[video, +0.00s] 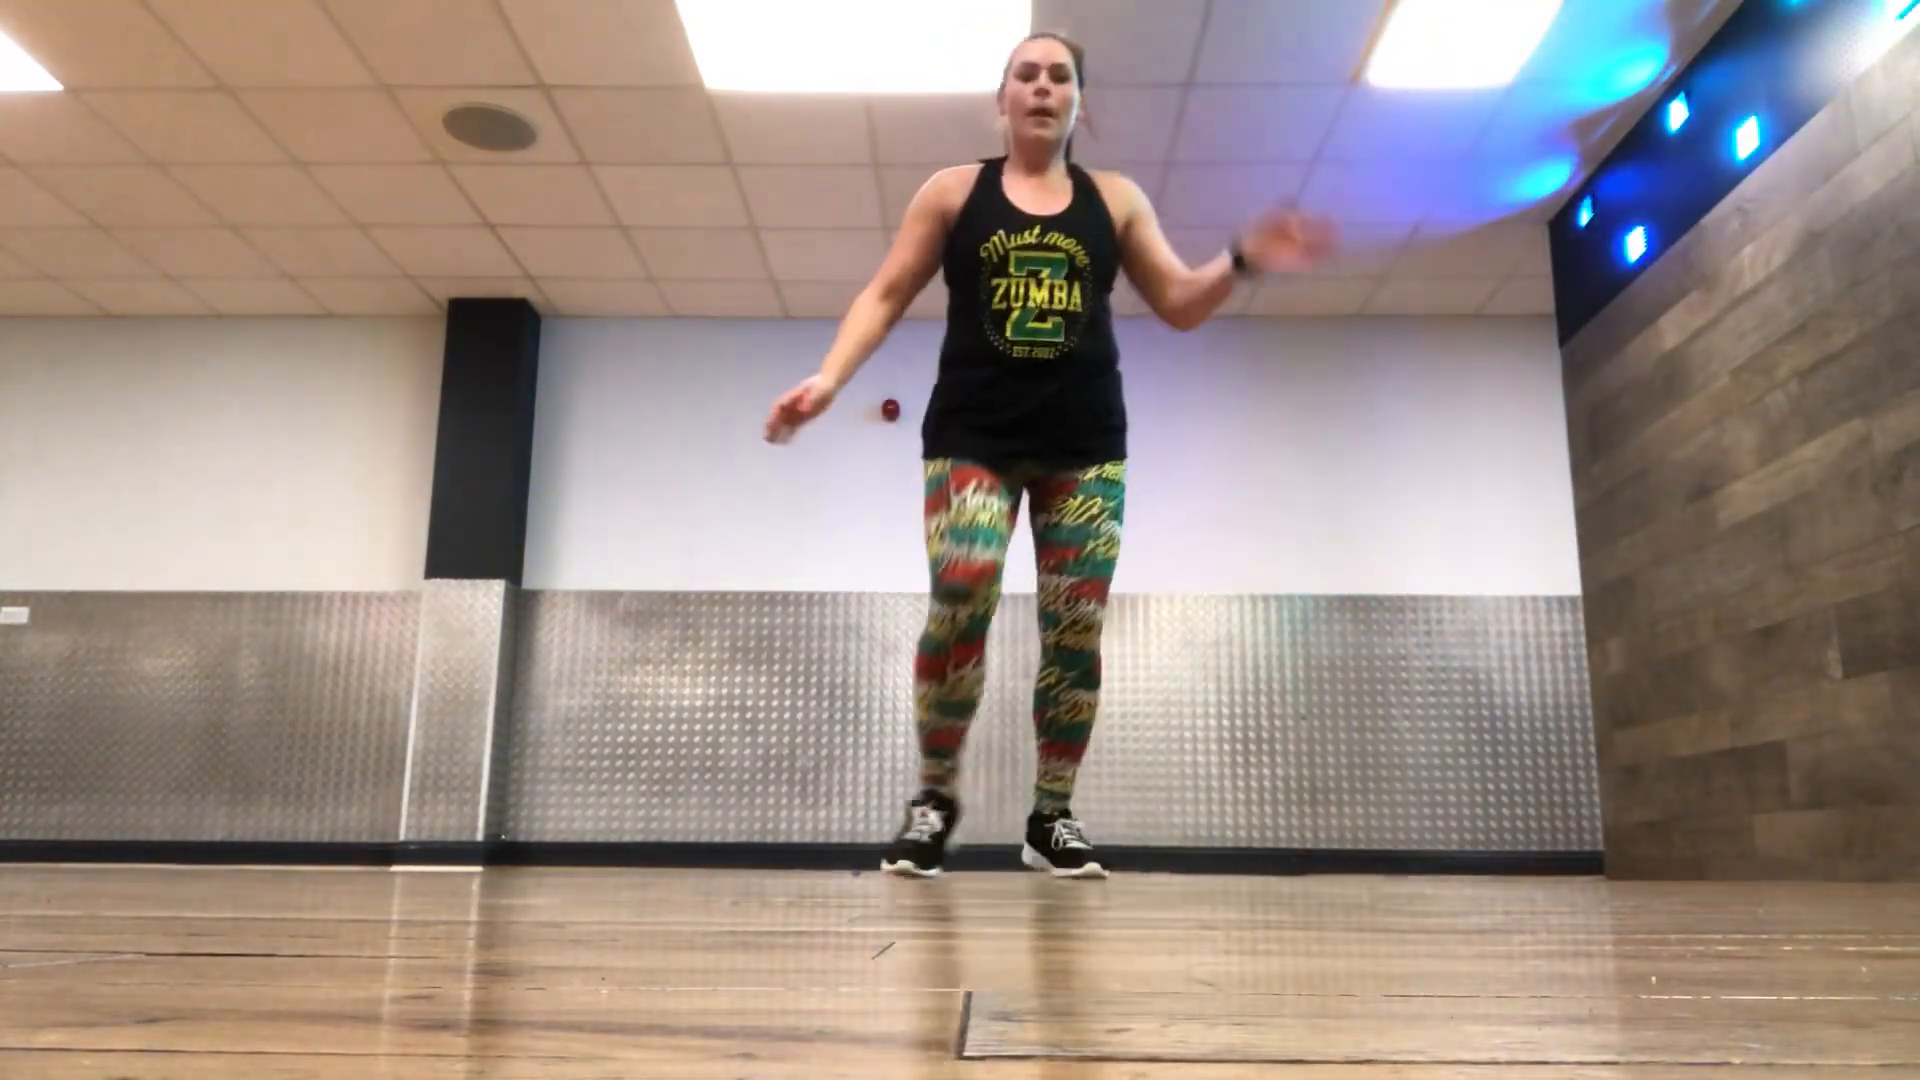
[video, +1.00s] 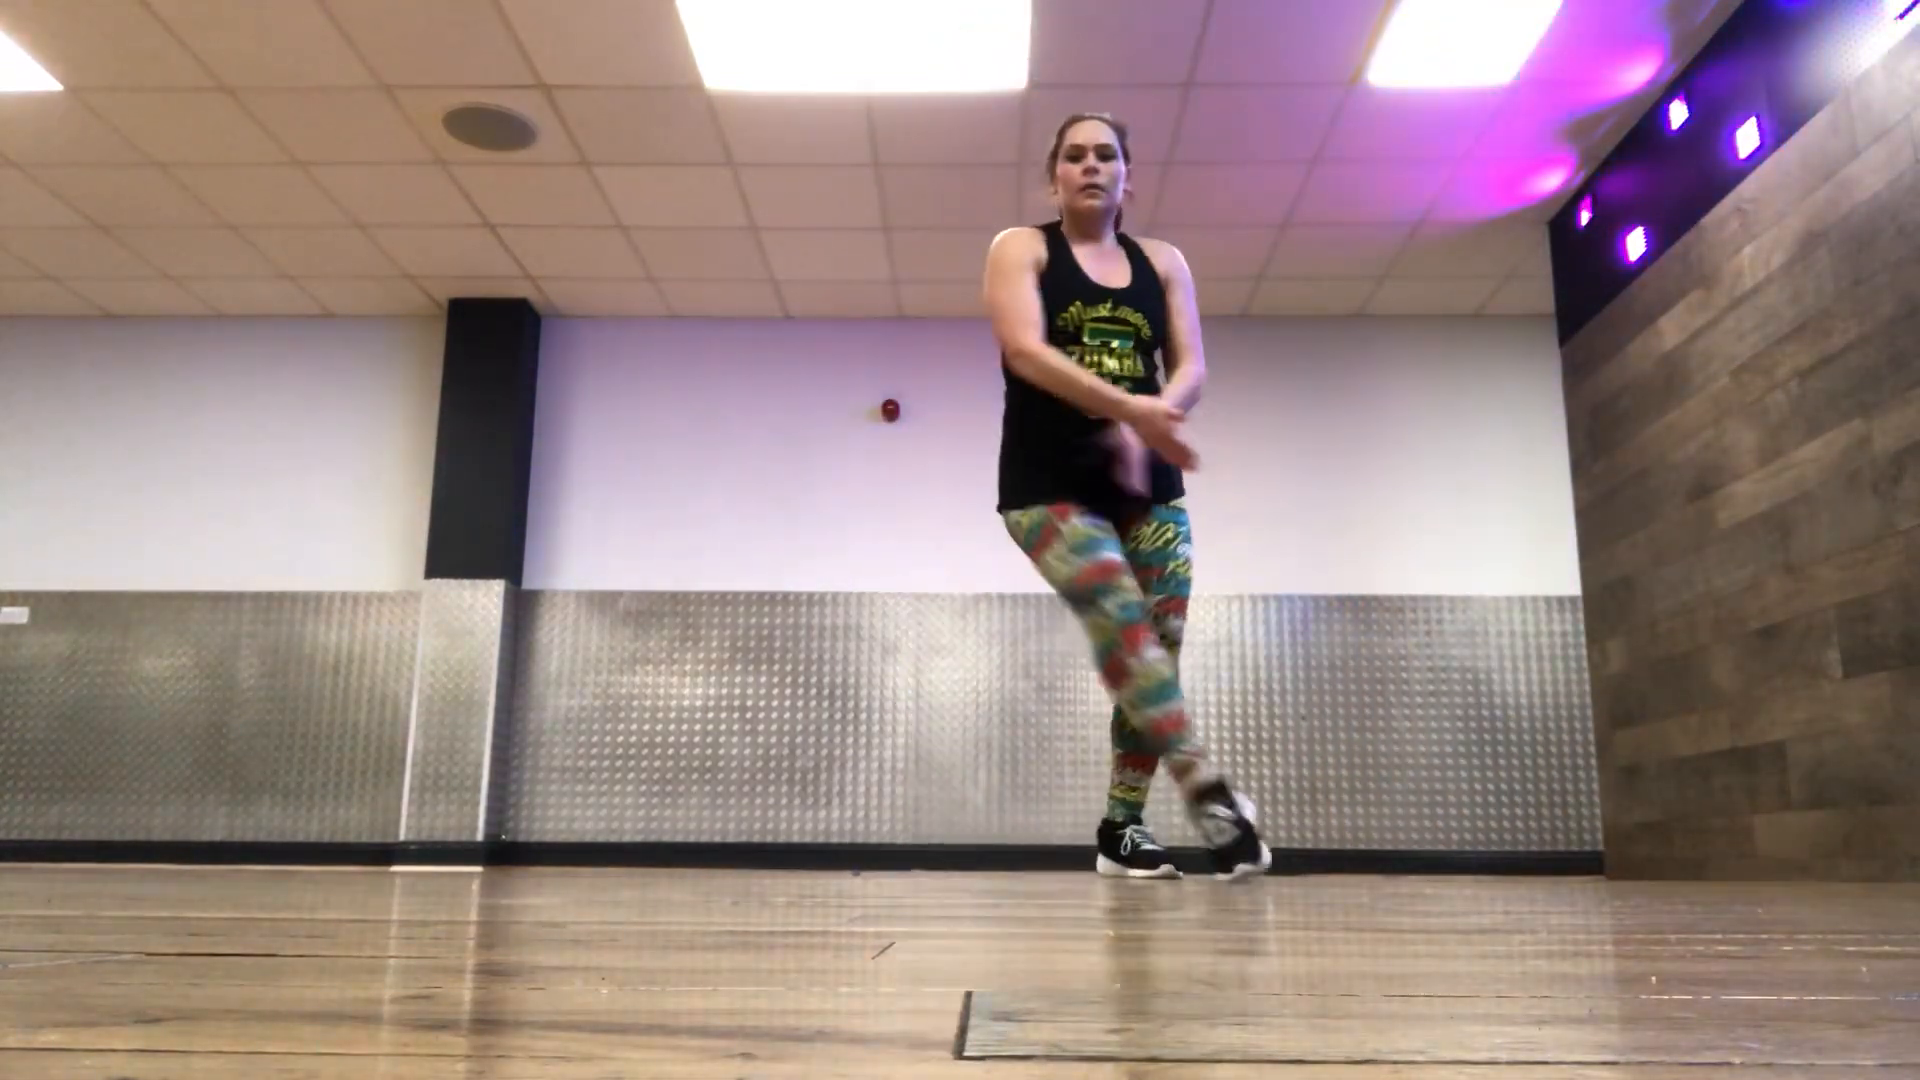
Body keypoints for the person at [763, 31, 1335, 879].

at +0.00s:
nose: (1044, 87)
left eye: (1059, 76)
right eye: (1029, 74)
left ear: (1079, 101)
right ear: (1001, 96)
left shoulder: (1115, 198)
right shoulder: (953, 193)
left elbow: (1181, 302)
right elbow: (885, 295)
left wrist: (1244, 257)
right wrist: (826, 380)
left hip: (1083, 442)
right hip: (974, 436)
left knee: (1078, 623)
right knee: (961, 597)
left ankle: (1053, 817)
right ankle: (934, 802)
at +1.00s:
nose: (1092, 167)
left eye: (1105, 156)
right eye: (1077, 156)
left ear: (1127, 176)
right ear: (1053, 176)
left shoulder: (1163, 262)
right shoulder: (1020, 250)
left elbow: (1190, 367)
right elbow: (1023, 353)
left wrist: (1146, 424)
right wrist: (1133, 411)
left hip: (1149, 490)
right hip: (1052, 488)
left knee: (1156, 653)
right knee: (1122, 619)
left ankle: (1122, 827)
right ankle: (1210, 798)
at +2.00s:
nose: (921, 165)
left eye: (937, 155)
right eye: (908, 154)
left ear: (960, 179)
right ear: (886, 175)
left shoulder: (990, 258)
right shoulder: (849, 259)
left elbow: (1008, 348)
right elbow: (818, 363)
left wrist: (937, 314)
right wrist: (846, 446)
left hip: (945, 479)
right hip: (856, 474)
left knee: (863, 618)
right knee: (861, 637)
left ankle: (786, 803)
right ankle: (899, 826)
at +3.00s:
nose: (1070, 184)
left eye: (1082, 176)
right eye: (1054, 173)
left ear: (1094, 200)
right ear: (1023, 193)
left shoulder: (1097, 301)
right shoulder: (996, 256)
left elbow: (1176, 368)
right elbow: (1048, 300)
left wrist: (1245, 304)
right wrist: (1163, 263)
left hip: (1067, 491)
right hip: (986, 478)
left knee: (1108, 632)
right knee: (1053, 588)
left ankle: (1035, 822)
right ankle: (1072, 810)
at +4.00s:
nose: (1047, 175)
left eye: (1060, 166)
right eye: (1030, 164)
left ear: (1075, 192)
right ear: (1007, 185)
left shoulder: (1098, 287)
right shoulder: (980, 257)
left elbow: (1179, 363)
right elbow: (930, 249)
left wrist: (1237, 299)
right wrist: (1026, 177)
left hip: (1048, 490)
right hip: (952, 474)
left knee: (1081, 637)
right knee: (919, 597)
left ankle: (1034, 828)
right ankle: (840, 792)